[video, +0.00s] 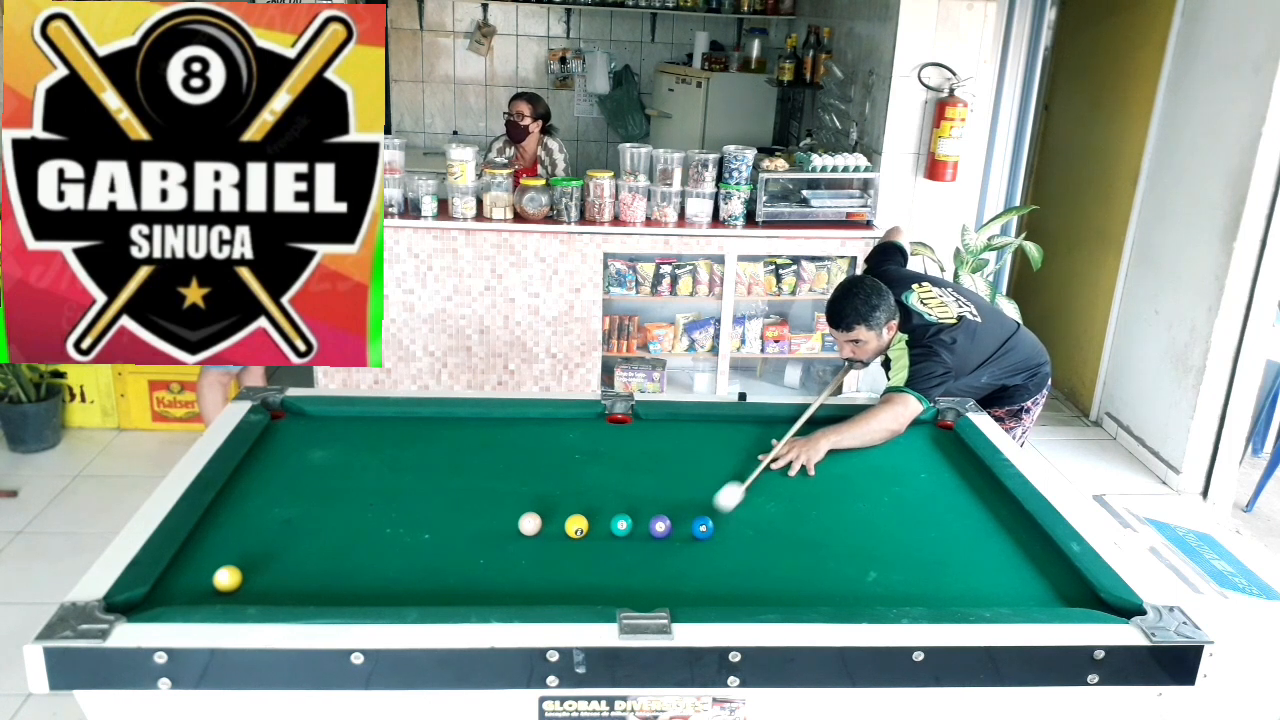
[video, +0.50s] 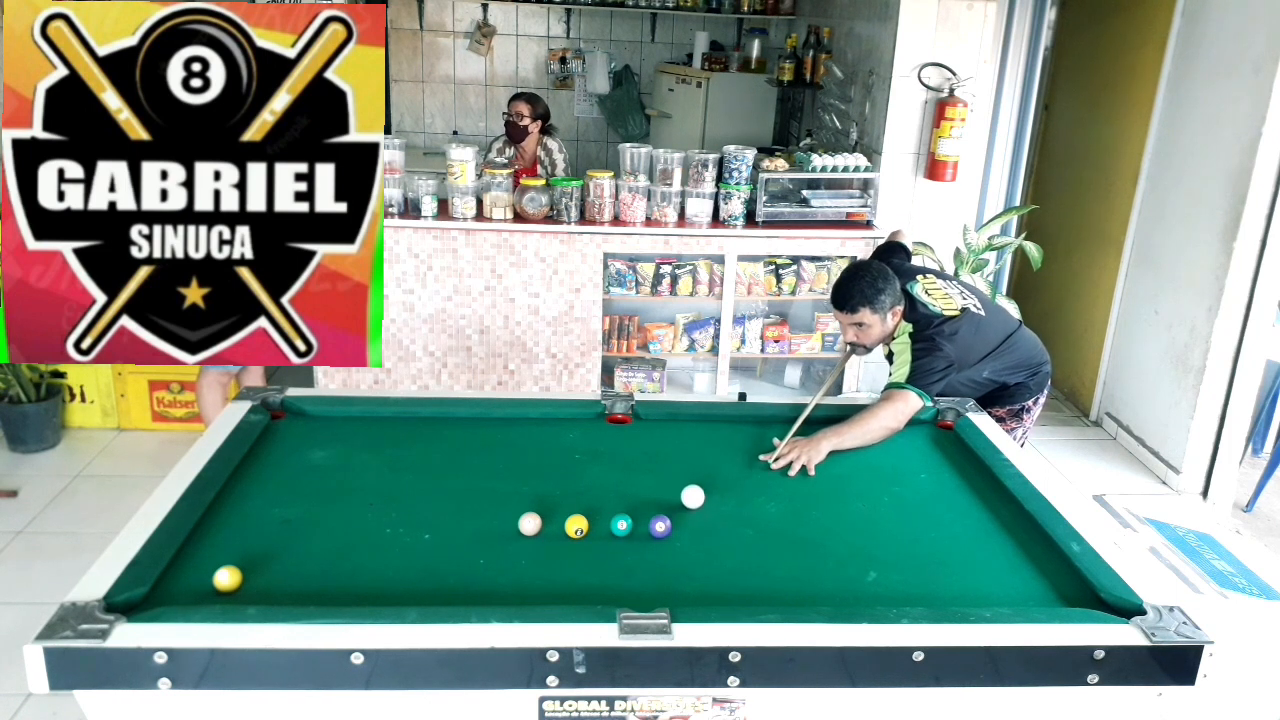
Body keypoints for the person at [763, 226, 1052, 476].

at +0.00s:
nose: (845, 353)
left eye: (855, 343)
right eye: (838, 340)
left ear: (889, 330)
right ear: (832, 322)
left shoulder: (926, 353)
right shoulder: (883, 275)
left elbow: (894, 417)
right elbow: (897, 234)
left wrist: (823, 439)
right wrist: (869, 287)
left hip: (1021, 375)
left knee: (985, 476)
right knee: (945, 458)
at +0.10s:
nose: (845, 351)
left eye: (856, 341)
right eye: (838, 338)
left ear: (891, 328)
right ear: (834, 322)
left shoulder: (929, 353)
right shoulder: (886, 276)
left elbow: (895, 417)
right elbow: (898, 234)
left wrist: (824, 439)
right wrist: (873, 271)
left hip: (1021, 375)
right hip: (971, 360)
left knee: (986, 475)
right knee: (946, 458)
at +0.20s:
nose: (847, 348)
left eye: (859, 338)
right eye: (840, 336)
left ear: (893, 326)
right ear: (836, 321)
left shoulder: (930, 351)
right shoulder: (885, 275)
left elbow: (894, 417)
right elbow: (896, 235)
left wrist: (823, 440)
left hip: (1021, 376)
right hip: (970, 362)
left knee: (986, 476)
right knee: (944, 458)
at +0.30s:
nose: (848, 346)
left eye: (860, 335)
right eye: (841, 334)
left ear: (893, 323)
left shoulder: (930, 350)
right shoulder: (888, 274)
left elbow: (894, 417)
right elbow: (897, 234)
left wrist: (823, 440)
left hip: (1021, 376)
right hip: (971, 361)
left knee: (987, 476)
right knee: (946, 458)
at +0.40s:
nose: (848, 344)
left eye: (860, 333)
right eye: (842, 331)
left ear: (894, 321)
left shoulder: (930, 349)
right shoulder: (890, 273)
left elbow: (894, 415)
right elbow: (896, 237)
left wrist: (823, 440)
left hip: (1020, 376)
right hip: (970, 362)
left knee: (987, 476)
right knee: (944, 458)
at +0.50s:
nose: (849, 338)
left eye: (861, 327)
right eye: (842, 324)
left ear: (895, 316)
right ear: (837, 309)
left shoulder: (930, 342)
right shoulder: (894, 269)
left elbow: (894, 412)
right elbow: (897, 240)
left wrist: (823, 441)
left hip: (1020, 376)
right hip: (970, 363)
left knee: (988, 475)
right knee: (947, 459)